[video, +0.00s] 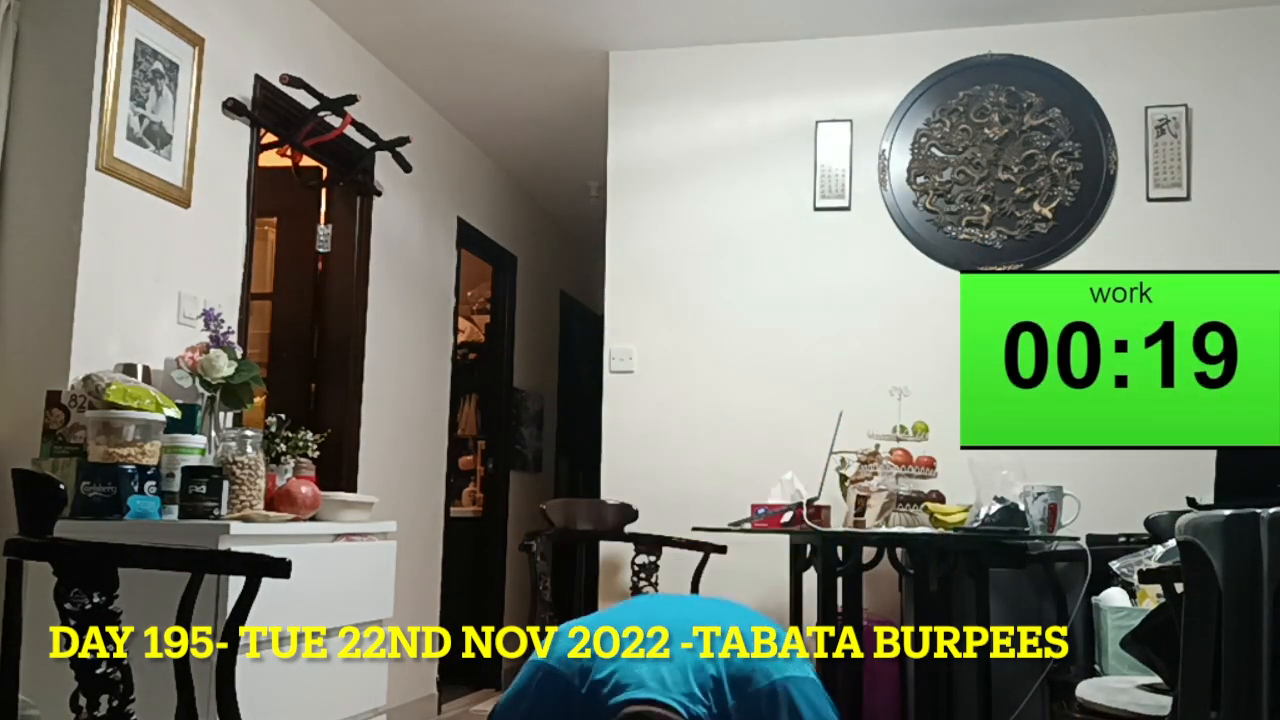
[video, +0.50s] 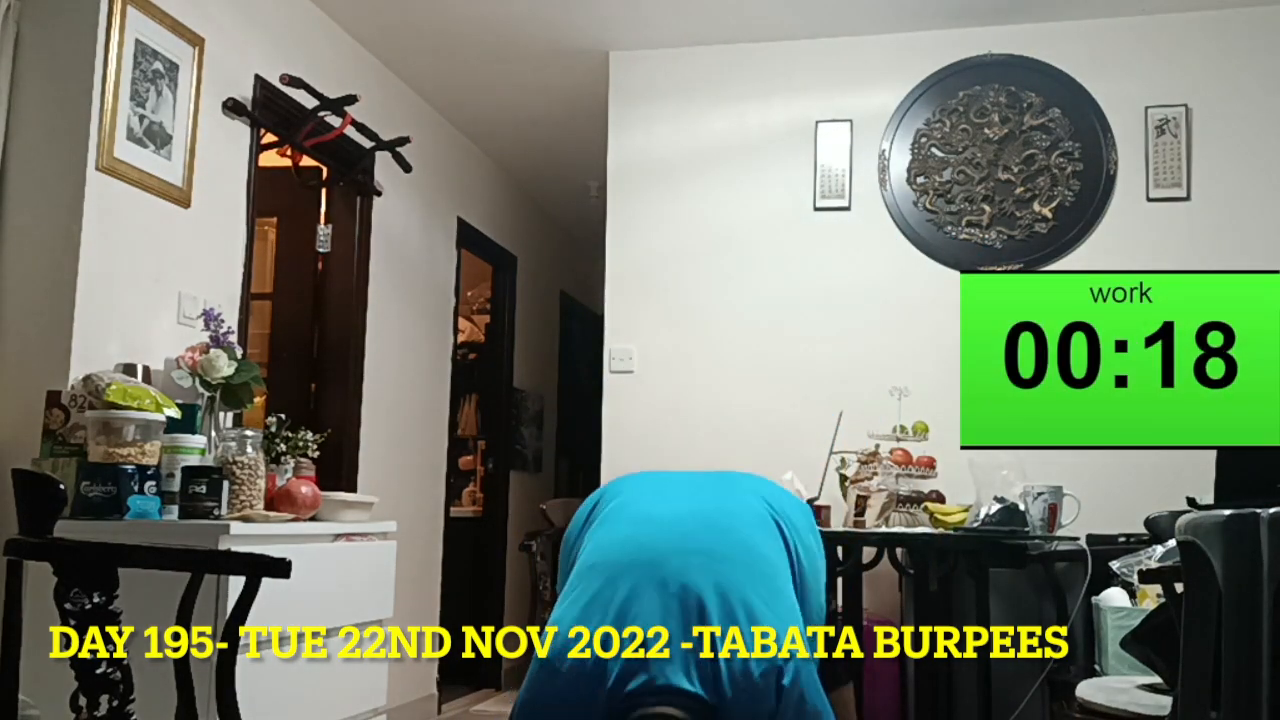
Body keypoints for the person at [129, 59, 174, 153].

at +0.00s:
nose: (157, 81)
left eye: (160, 78)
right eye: (154, 79)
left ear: (164, 80)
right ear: (152, 80)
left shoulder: (167, 96)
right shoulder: (153, 90)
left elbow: (158, 119)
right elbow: (148, 110)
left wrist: (141, 111)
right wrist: (141, 130)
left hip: (166, 133)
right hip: (152, 125)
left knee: (154, 127)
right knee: (140, 117)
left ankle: (158, 149)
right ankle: (150, 146)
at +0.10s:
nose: (157, 81)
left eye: (160, 78)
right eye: (154, 79)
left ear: (164, 80)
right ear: (152, 80)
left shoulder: (167, 96)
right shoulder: (153, 90)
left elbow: (158, 119)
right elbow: (148, 110)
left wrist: (142, 112)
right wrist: (141, 130)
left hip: (166, 133)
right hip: (152, 125)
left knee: (154, 127)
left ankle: (158, 149)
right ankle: (150, 146)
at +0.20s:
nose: (157, 81)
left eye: (159, 78)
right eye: (154, 79)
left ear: (164, 80)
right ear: (152, 80)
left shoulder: (167, 96)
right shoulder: (153, 90)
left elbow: (158, 119)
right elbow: (148, 110)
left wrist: (142, 112)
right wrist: (141, 130)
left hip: (166, 133)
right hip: (152, 125)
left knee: (154, 127)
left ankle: (158, 149)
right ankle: (150, 146)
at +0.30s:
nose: (157, 81)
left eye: (159, 78)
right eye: (154, 79)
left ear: (164, 80)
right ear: (152, 80)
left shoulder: (167, 96)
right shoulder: (153, 90)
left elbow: (158, 119)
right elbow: (148, 110)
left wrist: (142, 112)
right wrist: (141, 130)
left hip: (166, 133)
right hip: (152, 125)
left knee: (154, 127)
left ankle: (158, 149)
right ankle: (150, 146)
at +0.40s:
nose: (157, 81)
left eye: (159, 78)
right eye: (154, 79)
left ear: (164, 80)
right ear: (152, 80)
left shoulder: (167, 96)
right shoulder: (153, 90)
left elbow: (158, 119)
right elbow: (148, 110)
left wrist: (142, 112)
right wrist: (141, 130)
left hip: (166, 133)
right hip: (152, 125)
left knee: (154, 127)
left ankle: (158, 149)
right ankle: (150, 146)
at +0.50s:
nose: (157, 82)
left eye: (159, 78)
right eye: (154, 79)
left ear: (164, 80)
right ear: (152, 80)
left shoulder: (167, 96)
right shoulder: (153, 90)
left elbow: (158, 119)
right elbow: (148, 111)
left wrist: (141, 111)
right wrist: (141, 130)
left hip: (165, 133)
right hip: (152, 126)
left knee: (154, 127)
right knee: (140, 117)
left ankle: (158, 149)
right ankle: (150, 146)